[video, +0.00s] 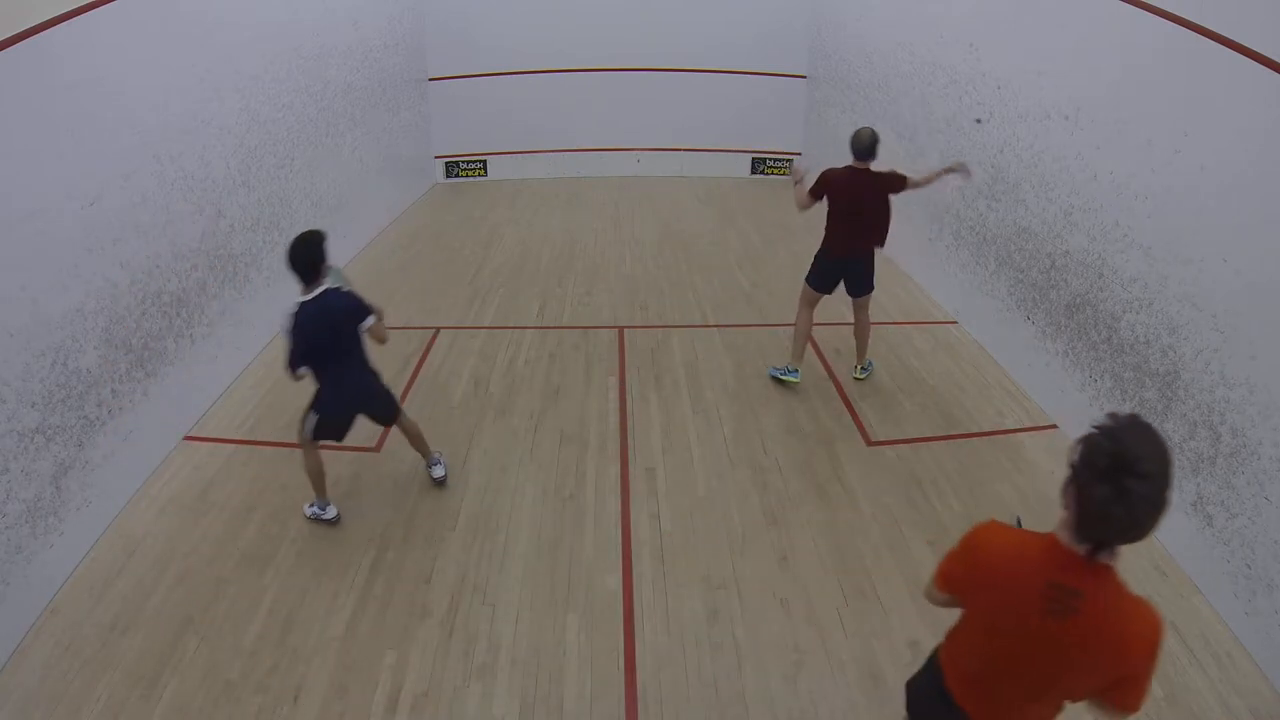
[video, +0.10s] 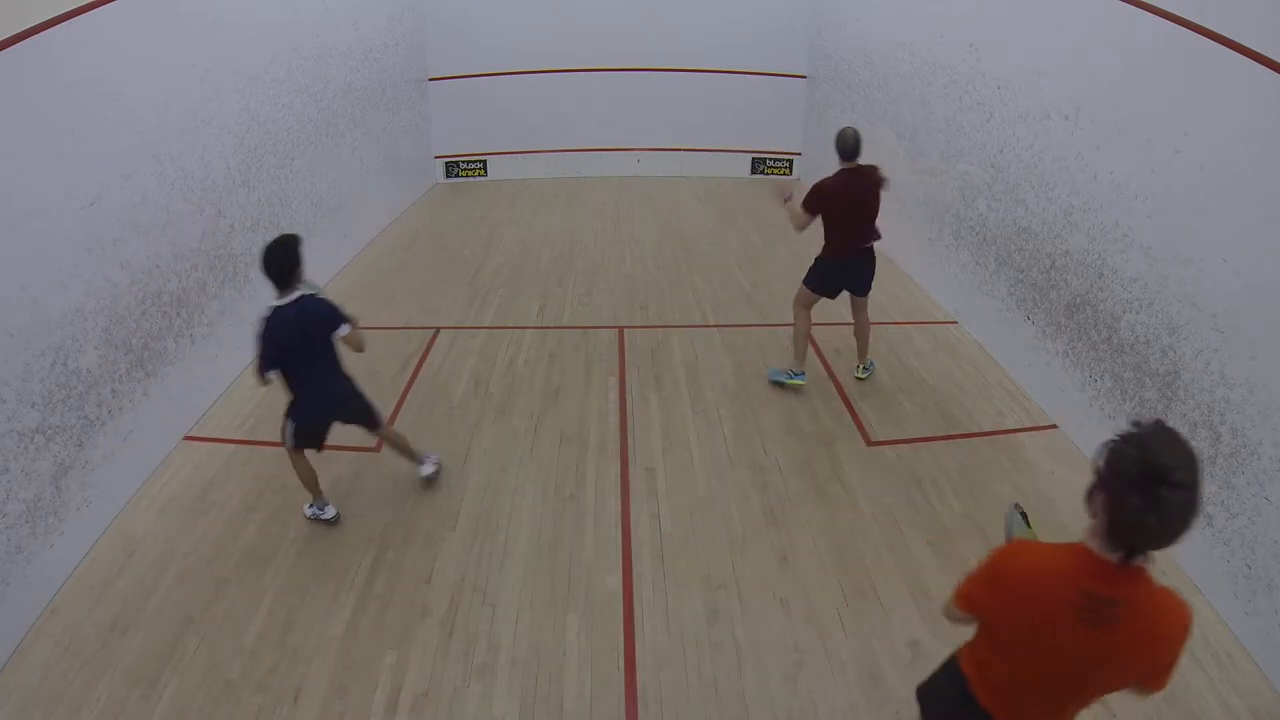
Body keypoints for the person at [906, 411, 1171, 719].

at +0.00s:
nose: (1066, 476)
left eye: (1071, 471)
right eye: (1072, 467)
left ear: (1070, 491)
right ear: (1145, 523)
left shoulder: (994, 547)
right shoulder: (1139, 629)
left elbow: (937, 593)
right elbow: (1114, 706)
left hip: (939, 697)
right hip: (1027, 716)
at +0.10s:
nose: (1093, 478)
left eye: (1098, 474)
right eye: (1099, 470)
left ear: (1099, 501)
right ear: (1174, 526)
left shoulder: (1025, 563)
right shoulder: (1170, 620)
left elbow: (956, 611)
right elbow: (1145, 685)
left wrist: (1010, 559)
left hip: (962, 697)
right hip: (1049, 715)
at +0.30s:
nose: (1149, 464)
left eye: (1156, 468)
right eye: (1158, 460)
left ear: (1162, 516)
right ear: (1219, 527)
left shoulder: (1099, 591)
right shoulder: (1223, 590)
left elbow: (990, 677)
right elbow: (1209, 658)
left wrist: (1003, 625)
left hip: (1024, 707)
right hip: (1110, 710)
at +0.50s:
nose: (1172, 465)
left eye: (1185, 473)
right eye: (1185, 459)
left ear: (1206, 524)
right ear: (1210, 526)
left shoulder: (1146, 599)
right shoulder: (1240, 576)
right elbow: (1236, 645)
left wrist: (1040, 691)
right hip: (1139, 710)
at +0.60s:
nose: (1180, 475)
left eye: (1195, 481)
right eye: (1191, 465)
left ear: (1226, 528)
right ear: (1229, 530)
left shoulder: (1165, 604)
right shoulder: (1244, 577)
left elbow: (1127, 712)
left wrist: (1057, 716)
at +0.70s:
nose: (1185, 490)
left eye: (1203, 493)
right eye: (1196, 477)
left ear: (1241, 536)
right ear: (1242, 538)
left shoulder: (1186, 615)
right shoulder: (1247, 574)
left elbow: (1151, 708)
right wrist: (1087, 654)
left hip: (1070, 715)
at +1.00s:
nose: (1198, 522)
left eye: (1222, 525)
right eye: (1207, 503)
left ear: (1262, 555)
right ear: (1208, 488)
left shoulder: (1199, 637)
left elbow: (1170, 710)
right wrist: (1102, 679)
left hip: (1085, 715)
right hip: (1089, 704)